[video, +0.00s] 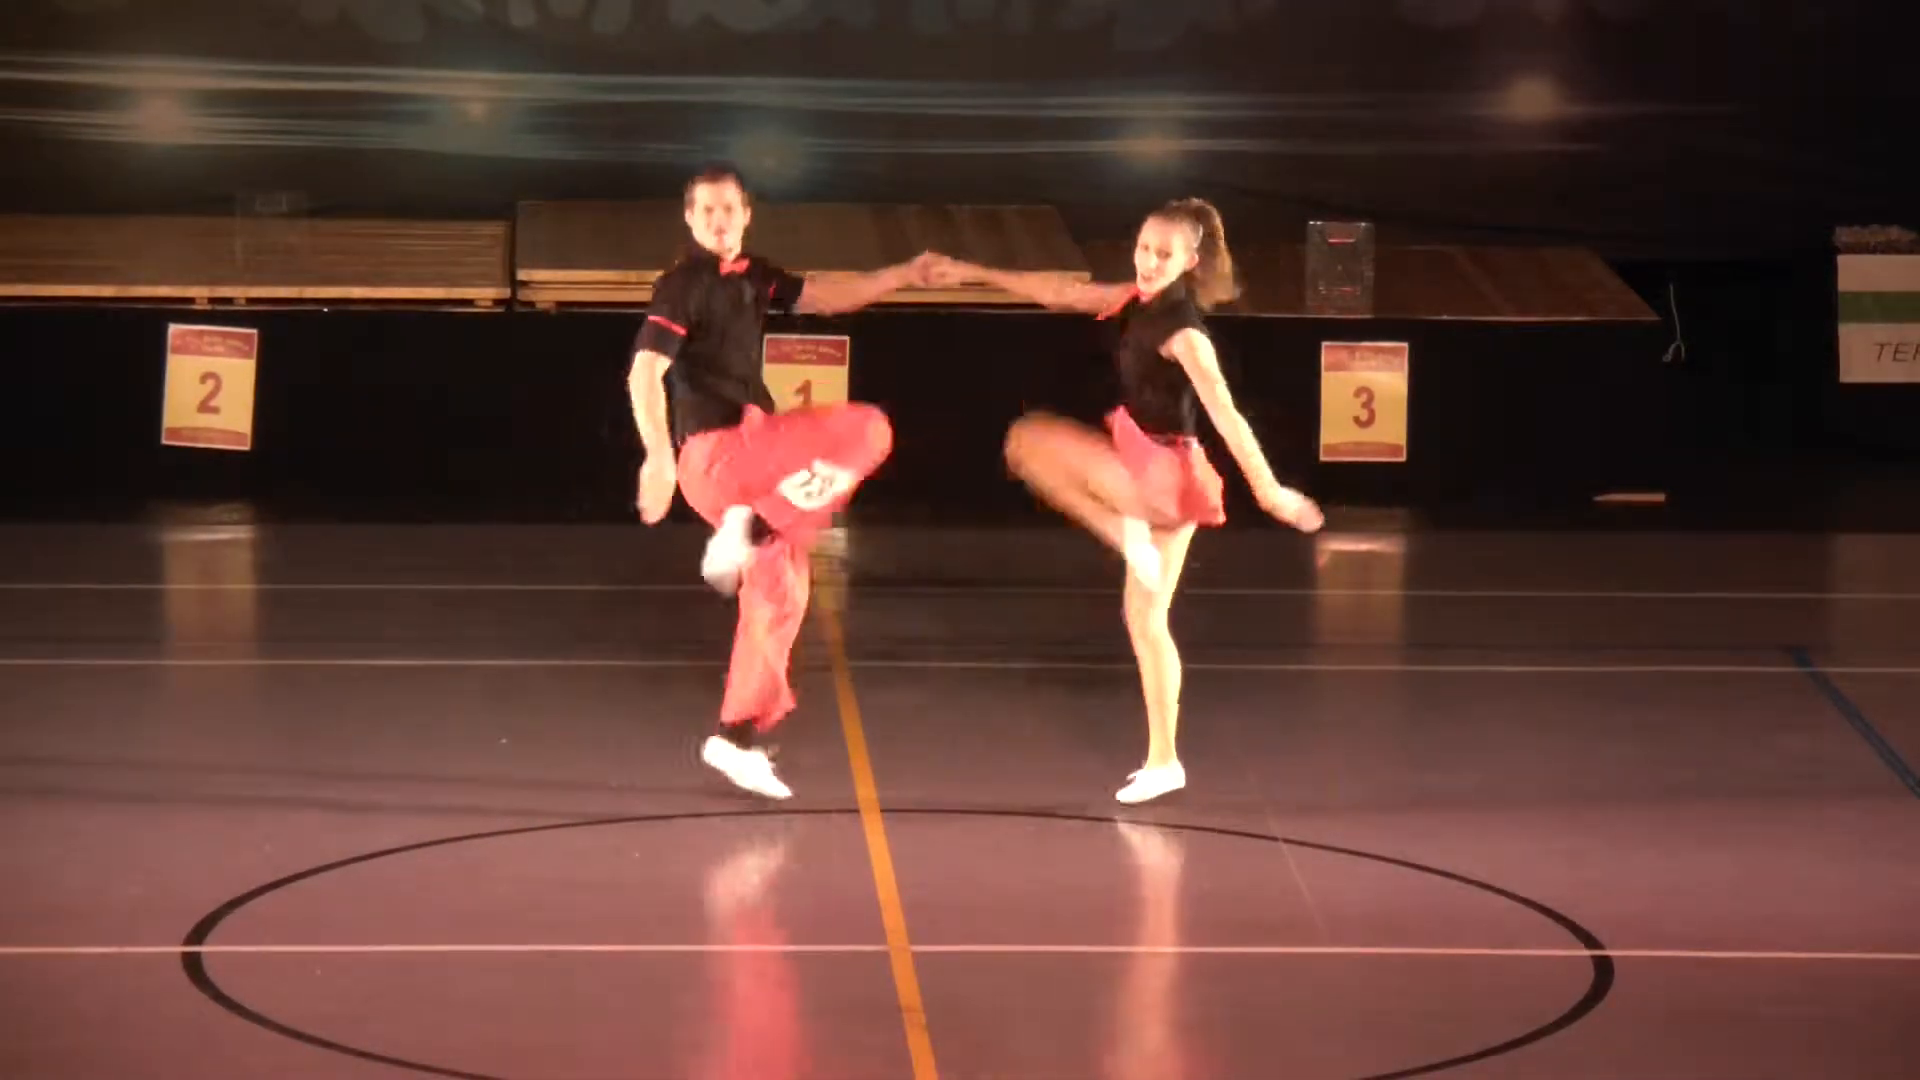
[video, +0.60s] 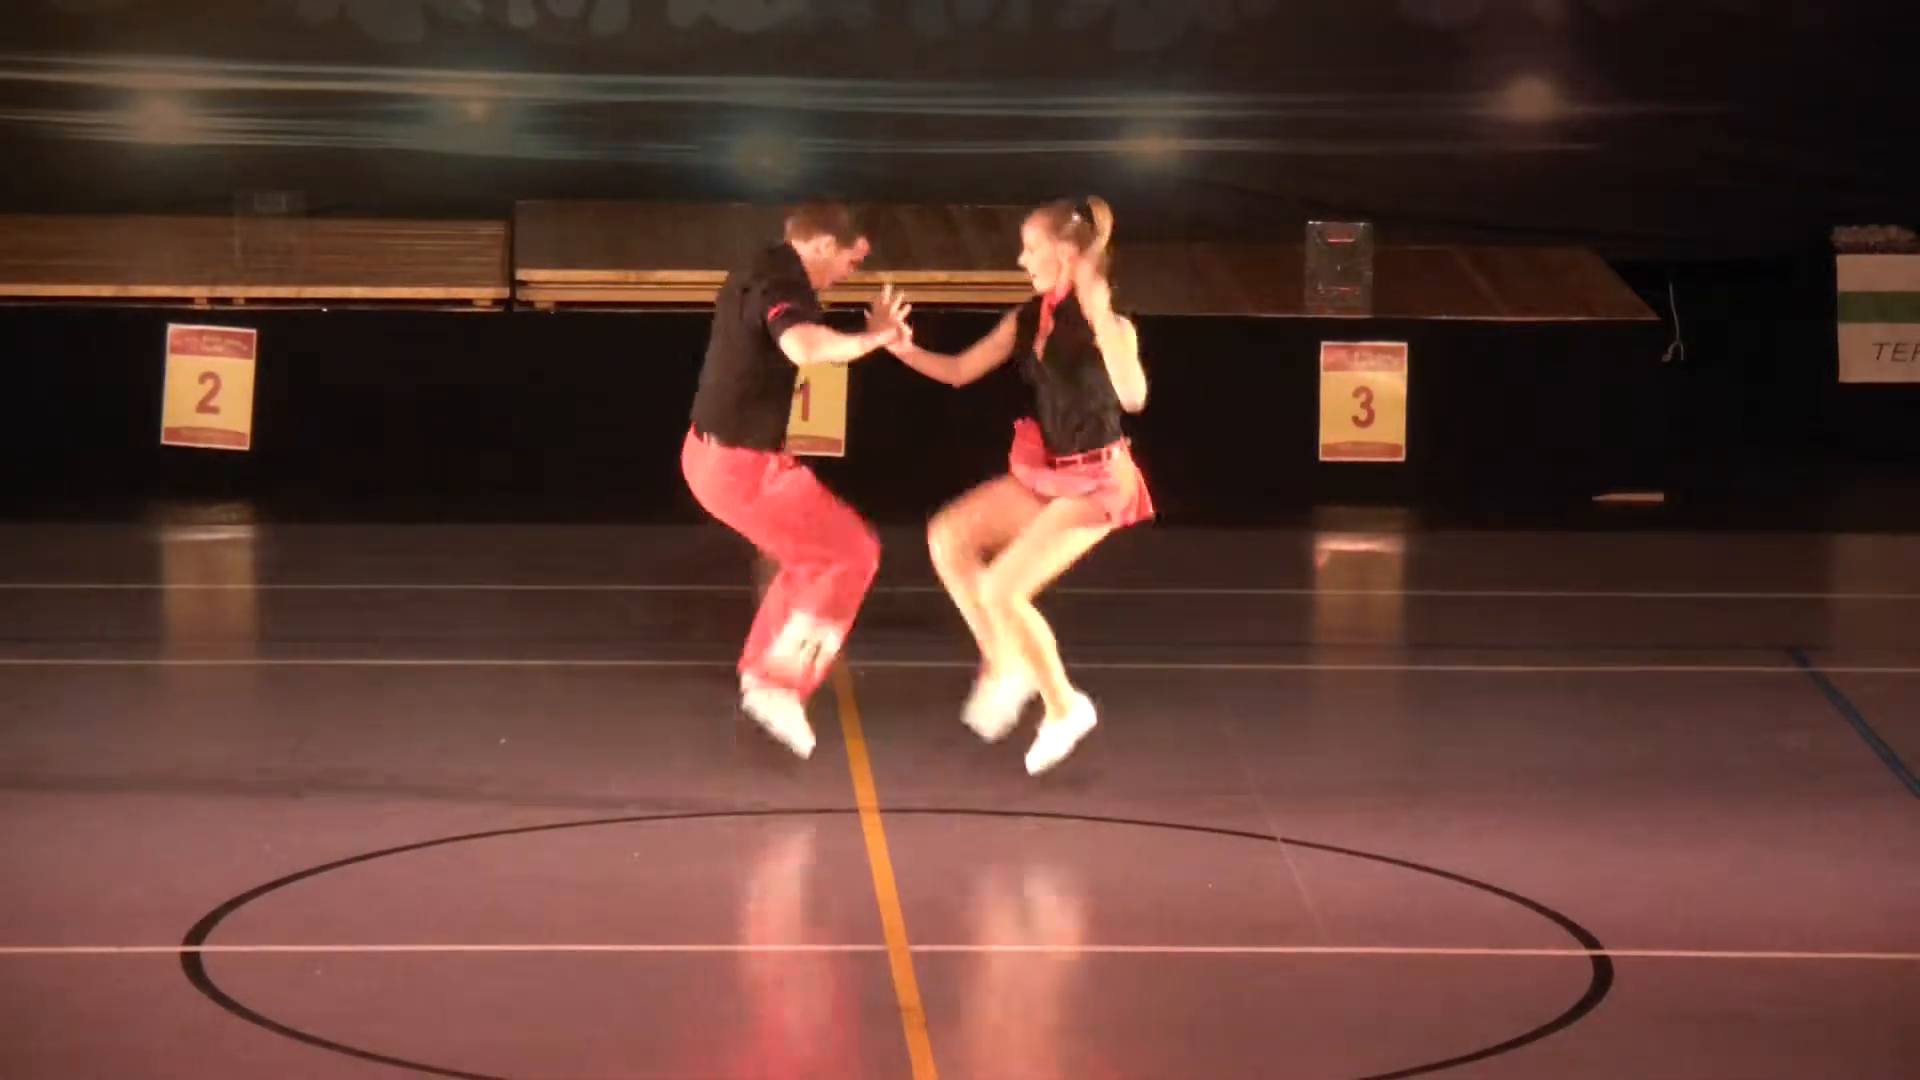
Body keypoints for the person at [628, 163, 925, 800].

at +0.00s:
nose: (718, 221)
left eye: (728, 209)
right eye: (705, 210)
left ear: (747, 213)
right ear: (688, 217)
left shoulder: (756, 278)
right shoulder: (685, 280)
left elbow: (828, 295)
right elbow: (644, 371)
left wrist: (905, 275)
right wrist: (659, 457)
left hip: (746, 453)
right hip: (710, 452)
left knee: (781, 583)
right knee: (864, 429)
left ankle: (738, 736)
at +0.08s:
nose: (731, 225)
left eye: (741, 213)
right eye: (718, 213)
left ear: (759, 219)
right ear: (700, 221)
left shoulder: (760, 287)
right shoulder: (693, 287)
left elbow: (819, 335)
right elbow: (641, 376)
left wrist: (902, 319)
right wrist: (661, 459)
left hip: (740, 460)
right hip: (718, 463)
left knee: (736, 601)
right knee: (865, 499)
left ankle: (701, 759)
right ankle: (773, 613)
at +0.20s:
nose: (761, 253)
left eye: (768, 242)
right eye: (747, 242)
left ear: (777, 249)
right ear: (718, 250)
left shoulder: (767, 327)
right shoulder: (709, 322)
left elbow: (817, 375)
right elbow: (653, 403)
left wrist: (893, 397)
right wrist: (717, 467)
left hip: (745, 500)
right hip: (737, 500)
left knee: (699, 638)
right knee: (803, 631)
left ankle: (675, 785)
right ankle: (778, 791)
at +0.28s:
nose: (808, 245)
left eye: (808, 233)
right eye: (799, 233)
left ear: (767, 239)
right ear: (756, 236)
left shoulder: (773, 300)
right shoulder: (735, 294)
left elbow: (843, 358)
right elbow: (712, 386)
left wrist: (856, 326)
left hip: (753, 473)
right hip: (728, 475)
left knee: (771, 603)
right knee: (782, 606)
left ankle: (715, 729)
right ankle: (754, 758)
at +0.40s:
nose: (822, 273)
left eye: (826, 259)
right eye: (817, 259)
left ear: (775, 250)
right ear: (782, 251)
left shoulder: (750, 284)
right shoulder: (756, 298)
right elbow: (802, 385)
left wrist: (825, 208)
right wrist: (880, 375)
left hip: (750, 475)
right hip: (730, 483)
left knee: (852, 522)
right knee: (750, 625)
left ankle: (911, 627)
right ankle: (751, 784)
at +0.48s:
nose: (834, 277)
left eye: (838, 267)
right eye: (832, 264)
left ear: (794, 244)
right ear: (800, 250)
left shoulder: (749, 270)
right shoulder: (776, 304)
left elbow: (773, 210)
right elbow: (827, 377)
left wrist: (773, 211)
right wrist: (904, 355)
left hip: (736, 466)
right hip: (738, 479)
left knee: (847, 517)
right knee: (756, 620)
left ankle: (920, 605)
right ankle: (749, 782)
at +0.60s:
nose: (845, 277)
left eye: (850, 266)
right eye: (846, 263)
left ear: (804, 241)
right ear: (822, 246)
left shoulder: (757, 268)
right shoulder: (780, 275)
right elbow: (803, 344)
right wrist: (873, 339)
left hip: (710, 454)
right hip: (738, 462)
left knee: (812, 557)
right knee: (854, 551)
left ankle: (762, 674)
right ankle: (779, 684)